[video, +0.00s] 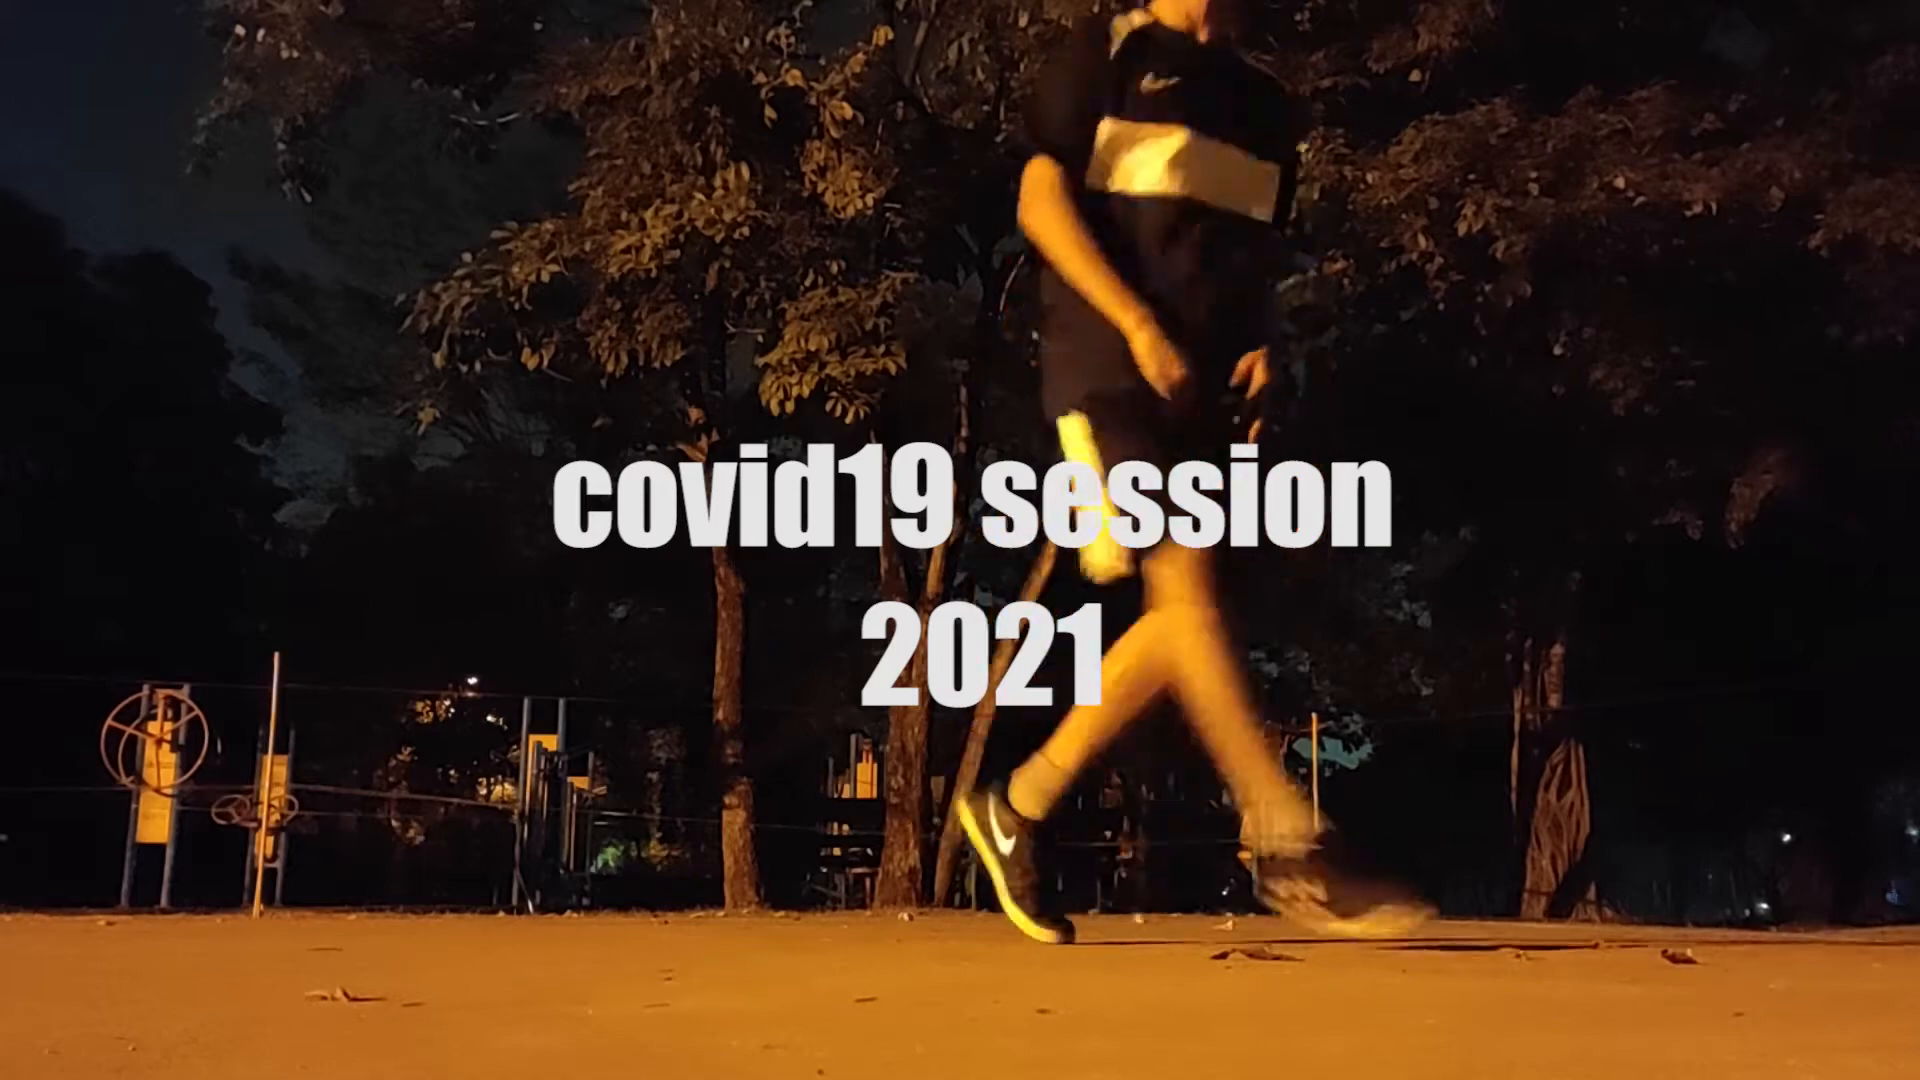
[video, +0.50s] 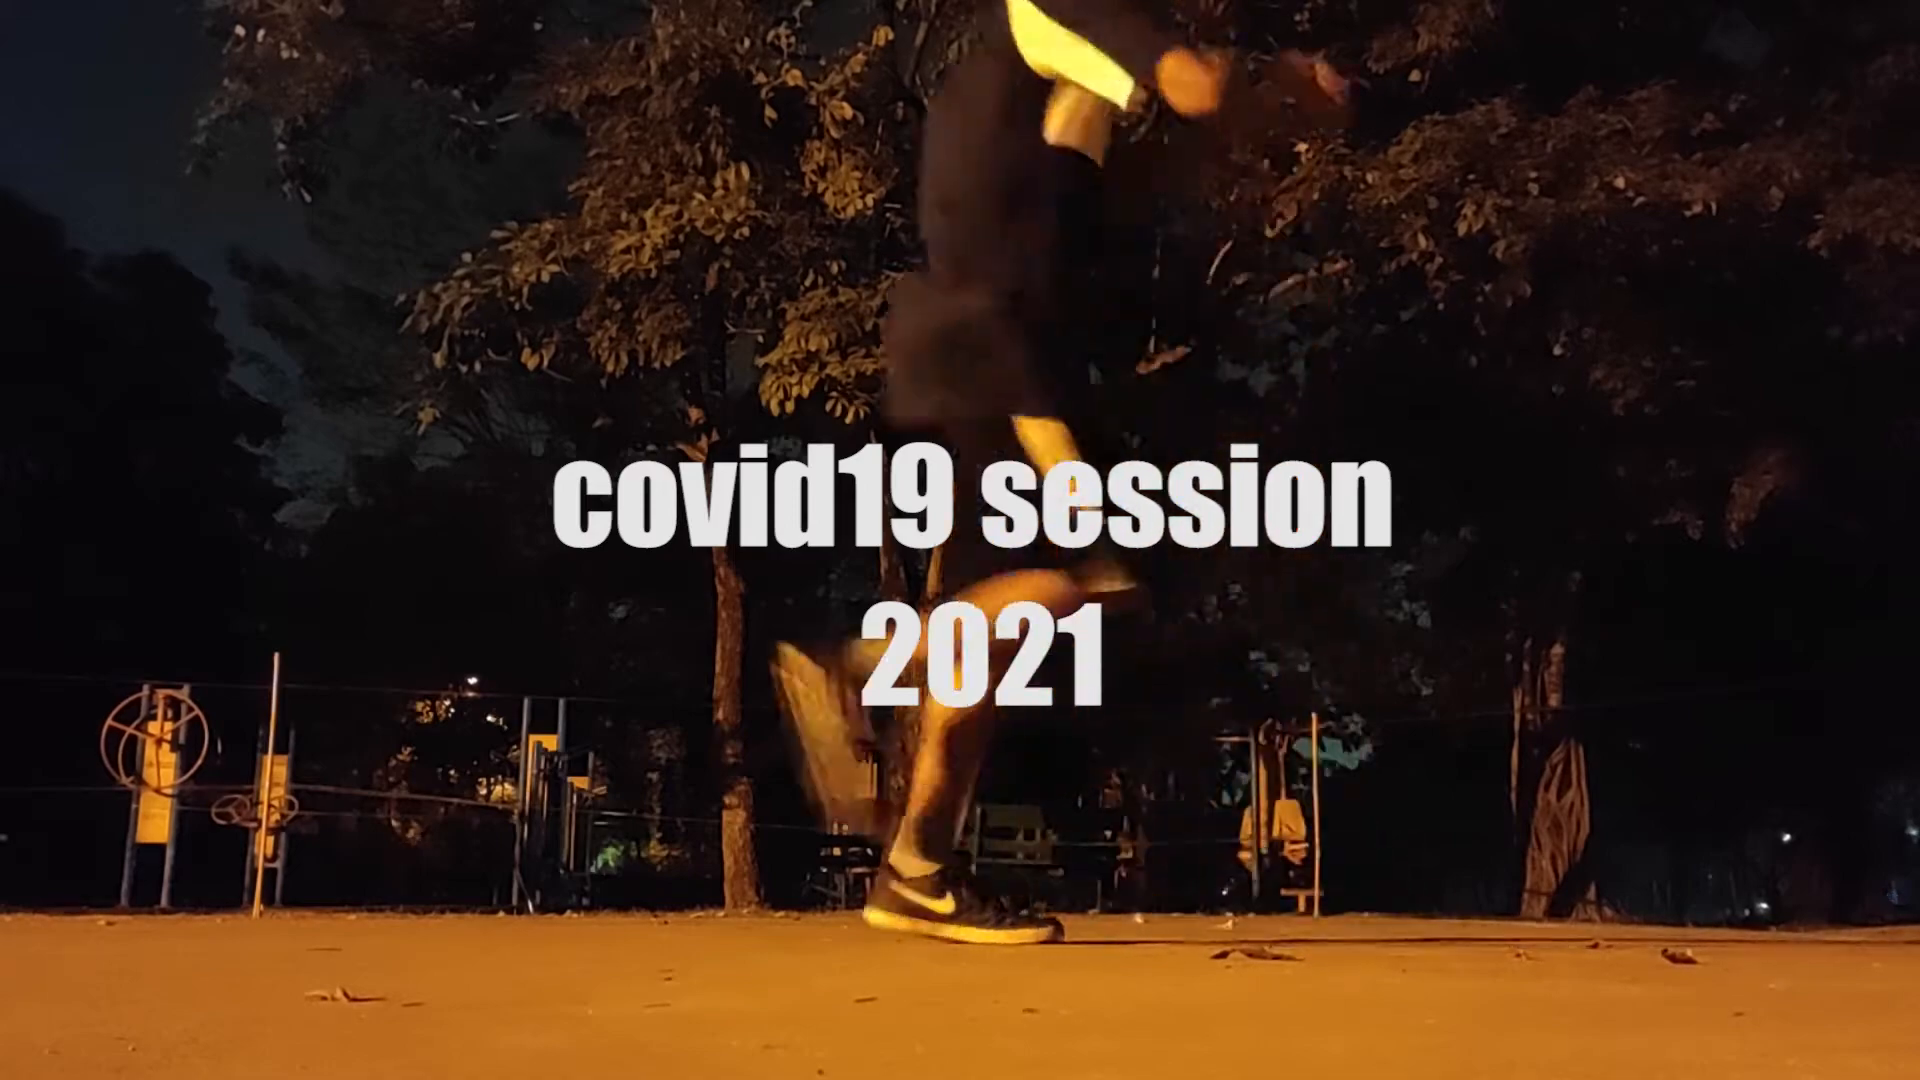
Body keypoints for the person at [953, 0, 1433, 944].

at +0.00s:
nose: (1220, 6)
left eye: (1227, 2)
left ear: (1239, 7)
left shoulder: (1267, 101)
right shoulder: (1098, 55)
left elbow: (1258, 251)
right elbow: (1041, 203)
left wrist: (1261, 340)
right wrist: (1136, 324)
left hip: (1206, 383)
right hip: (1101, 367)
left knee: (1187, 611)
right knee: (1182, 582)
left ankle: (1018, 804)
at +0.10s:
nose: (1220, 10)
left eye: (1226, 4)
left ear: (1226, 13)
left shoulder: (1235, 98)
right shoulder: (1097, 59)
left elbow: (1232, 261)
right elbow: (1079, 207)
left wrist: (1269, 363)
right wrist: (1200, 337)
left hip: (1223, 394)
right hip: (1144, 389)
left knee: (1250, 650)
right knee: (1298, 580)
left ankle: (1021, 798)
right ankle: (1349, 873)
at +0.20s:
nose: (1225, 10)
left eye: (1225, 2)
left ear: (1177, 2)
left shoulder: (1155, 78)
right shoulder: (1119, 63)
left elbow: (1160, 246)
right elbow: (1141, 226)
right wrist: (1258, 357)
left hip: (1180, 403)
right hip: (1180, 397)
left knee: (1241, 677)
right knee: (1335, 596)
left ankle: (993, 813)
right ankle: (1353, 882)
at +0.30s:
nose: (1216, 4)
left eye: (1216, 4)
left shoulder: (1110, 30)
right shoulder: (1122, 17)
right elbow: (1150, 180)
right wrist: (1246, 304)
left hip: (1098, 367)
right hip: (1119, 360)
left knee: (1167, 625)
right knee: (1257, 578)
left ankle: (962, 830)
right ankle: (1318, 862)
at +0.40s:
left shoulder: (1090, 33)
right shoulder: (1082, 10)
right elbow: (1173, 139)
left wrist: (1262, 249)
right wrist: (1268, 211)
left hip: (1010, 344)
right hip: (1045, 337)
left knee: (1066, 611)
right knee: (1195, 565)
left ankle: (926, 854)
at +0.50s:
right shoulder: (1052, 9)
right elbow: (1191, 85)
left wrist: (1271, 89)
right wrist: (1279, 75)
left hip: (962, 340)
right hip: (992, 342)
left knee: (983, 606)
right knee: (1101, 565)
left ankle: (918, 870)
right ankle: (856, 673)